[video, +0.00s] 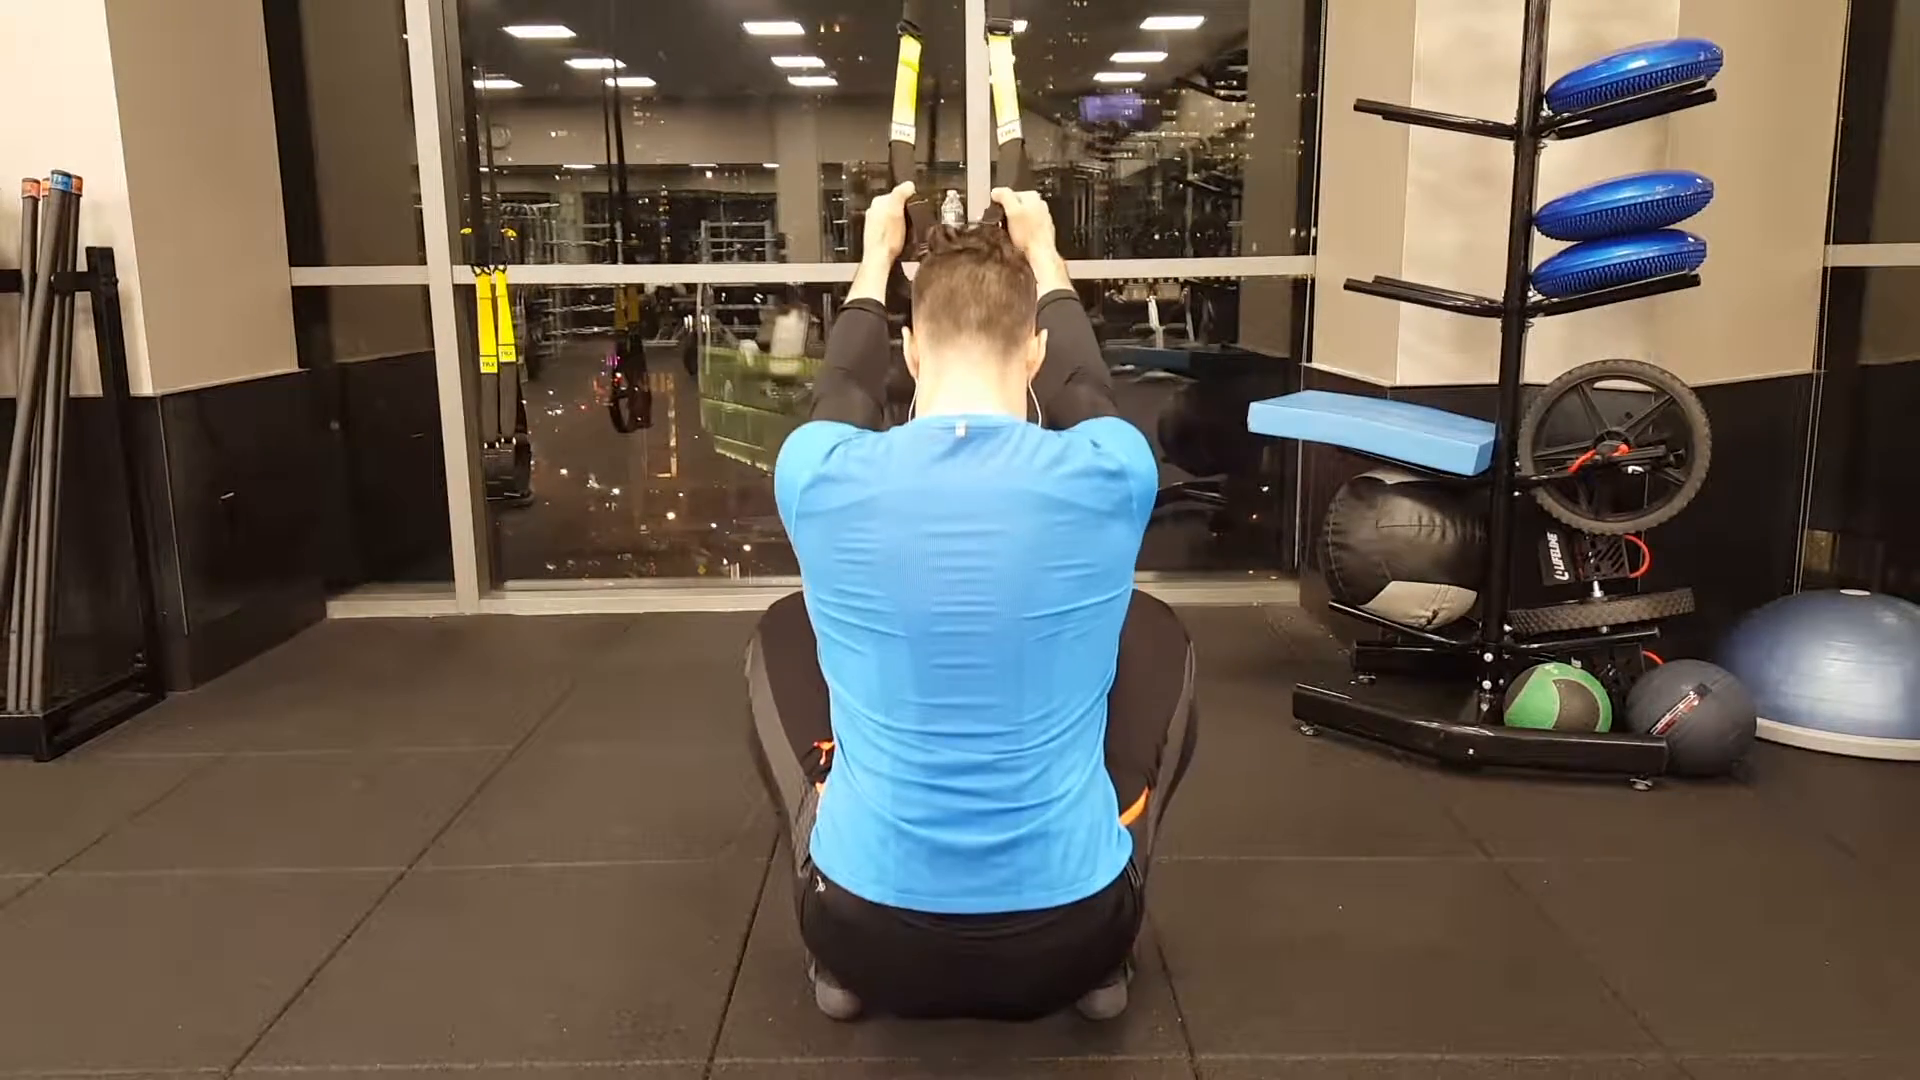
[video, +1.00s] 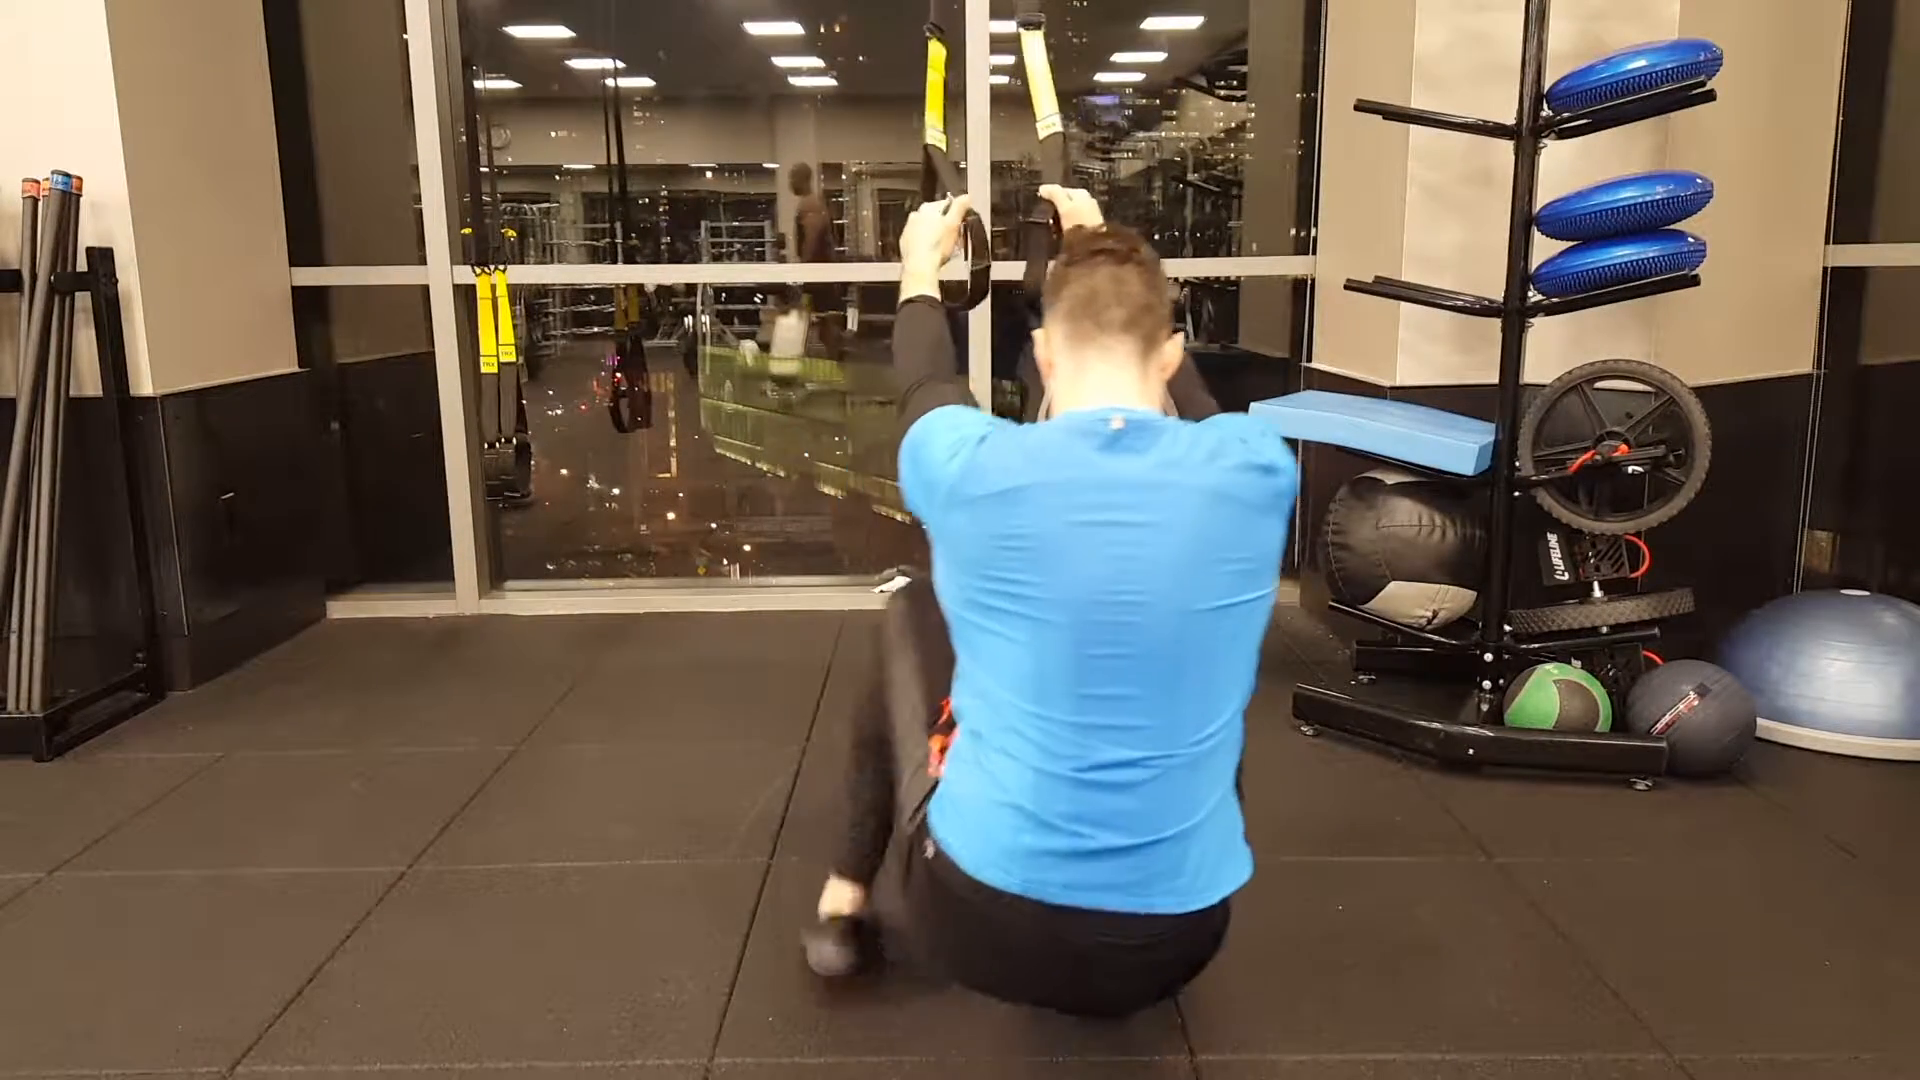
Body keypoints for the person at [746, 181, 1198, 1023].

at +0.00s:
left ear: (910, 353)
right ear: (1034, 353)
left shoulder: (819, 480)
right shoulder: (1112, 477)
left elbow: (848, 385)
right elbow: (1082, 381)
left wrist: (872, 267)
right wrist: (1048, 263)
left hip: (875, 946)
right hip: (1059, 949)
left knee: (843, 737)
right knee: (1137, 641)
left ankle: (836, 967)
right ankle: (1106, 966)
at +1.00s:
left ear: (1041, 357)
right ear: (1169, 358)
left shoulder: (975, 471)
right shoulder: (1256, 475)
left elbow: (928, 378)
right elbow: (1181, 396)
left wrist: (916, 271)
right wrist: (1102, 256)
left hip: (988, 930)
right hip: (1171, 945)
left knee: (910, 603)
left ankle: (845, 896)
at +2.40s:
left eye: (1150, 110)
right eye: (1277, 115)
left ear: (1146, 117)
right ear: (1275, 120)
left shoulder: (1058, 218)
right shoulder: (1361, 234)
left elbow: (982, 353)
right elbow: (1331, 386)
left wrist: (1024, 209)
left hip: (1082, 681)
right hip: (1262, 707)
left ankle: (983, 693)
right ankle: (1111, 940)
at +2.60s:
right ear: (1279, 1)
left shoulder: (1050, 78)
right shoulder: (1361, 94)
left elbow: (984, 290)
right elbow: (1329, 286)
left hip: (1082, 522)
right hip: (1273, 546)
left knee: (998, 626)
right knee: (1152, 662)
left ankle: (945, 719)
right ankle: (1111, 943)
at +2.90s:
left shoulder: (1025, 0)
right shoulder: (1369, 8)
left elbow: (964, 164)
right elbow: (1341, 192)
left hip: (1082, 328)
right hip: (1271, 348)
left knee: (971, 569)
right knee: (1152, 638)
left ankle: (902, 755)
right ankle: (1110, 945)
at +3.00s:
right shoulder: (1369, 5)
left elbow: (957, 128)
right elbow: (1346, 165)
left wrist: (1044, 81)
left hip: (1072, 275)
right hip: (1262, 297)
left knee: (959, 566)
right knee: (1153, 636)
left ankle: (888, 780)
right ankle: (1114, 949)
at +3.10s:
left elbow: (944, 91)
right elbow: (1346, 139)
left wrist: (1048, 38)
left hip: (1056, 250)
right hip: (1248, 272)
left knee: (952, 570)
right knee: (1156, 637)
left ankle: (876, 821)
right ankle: (1116, 952)